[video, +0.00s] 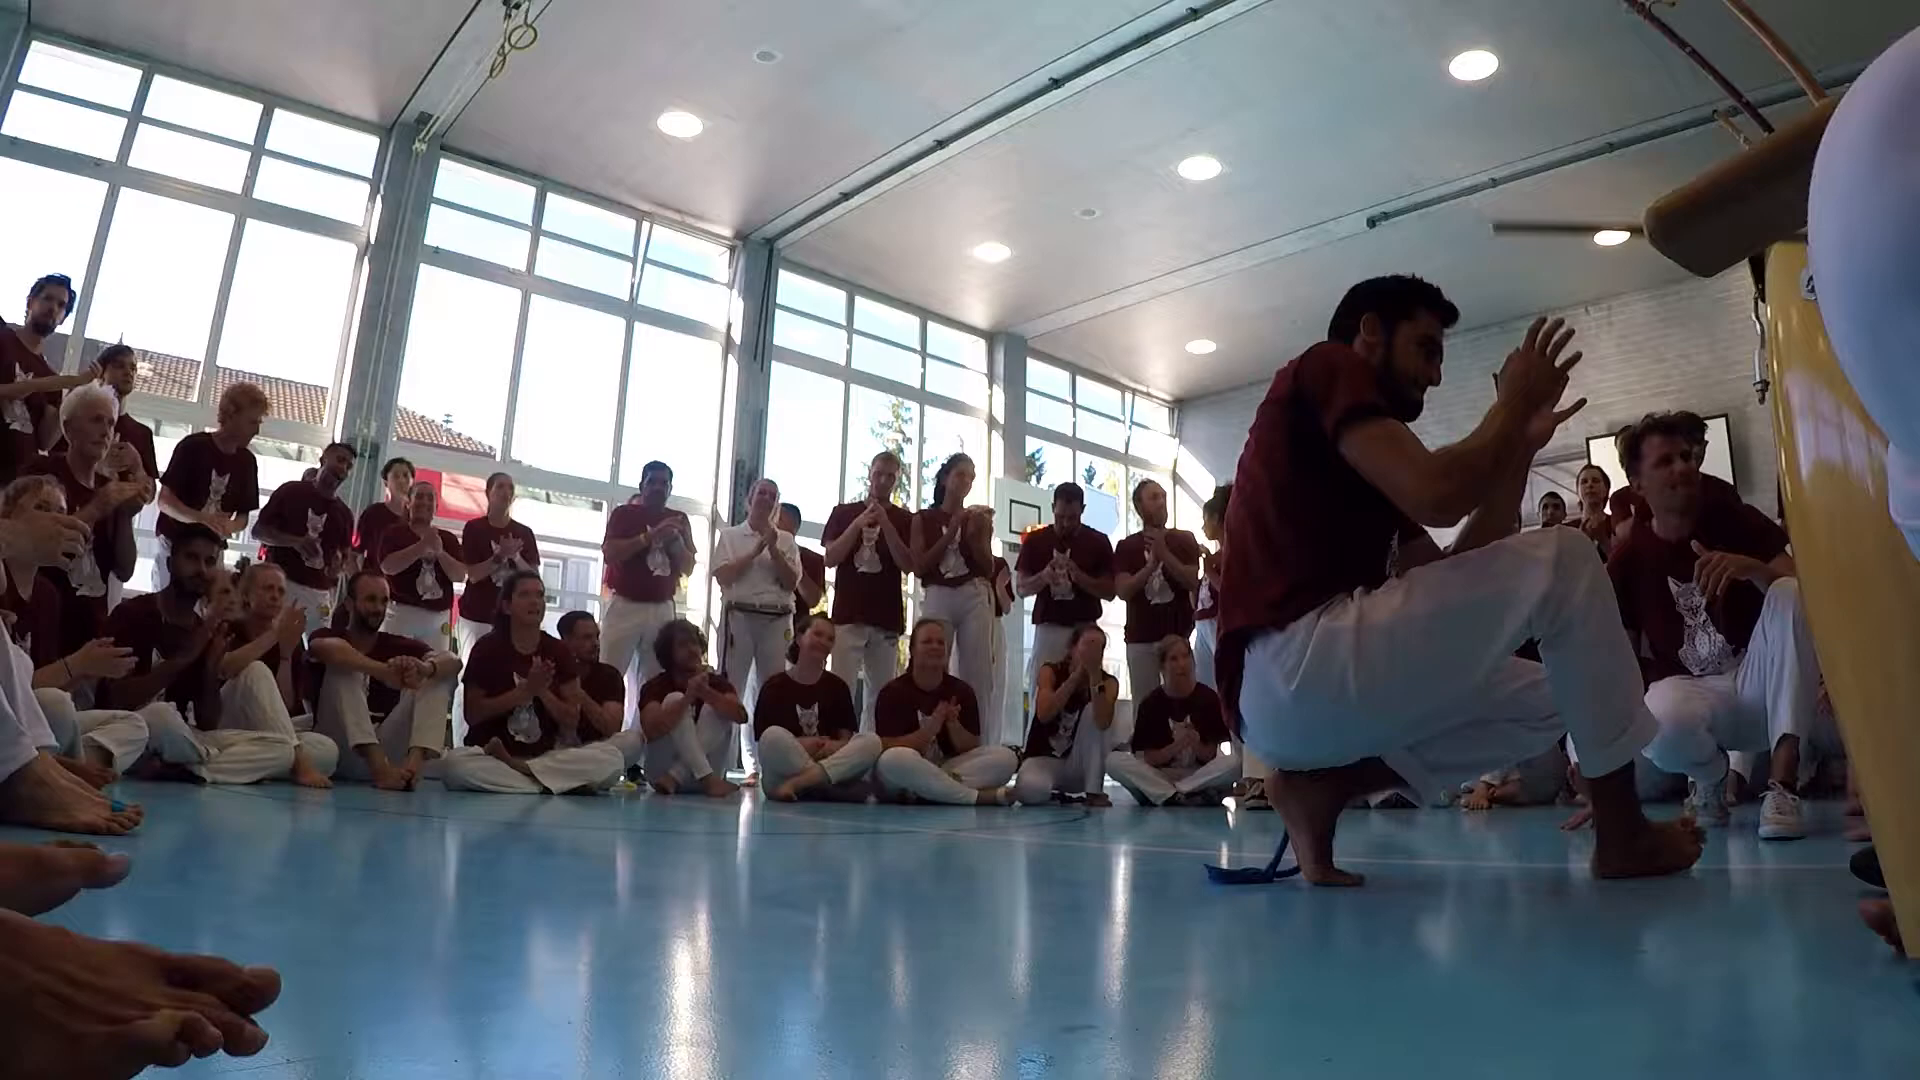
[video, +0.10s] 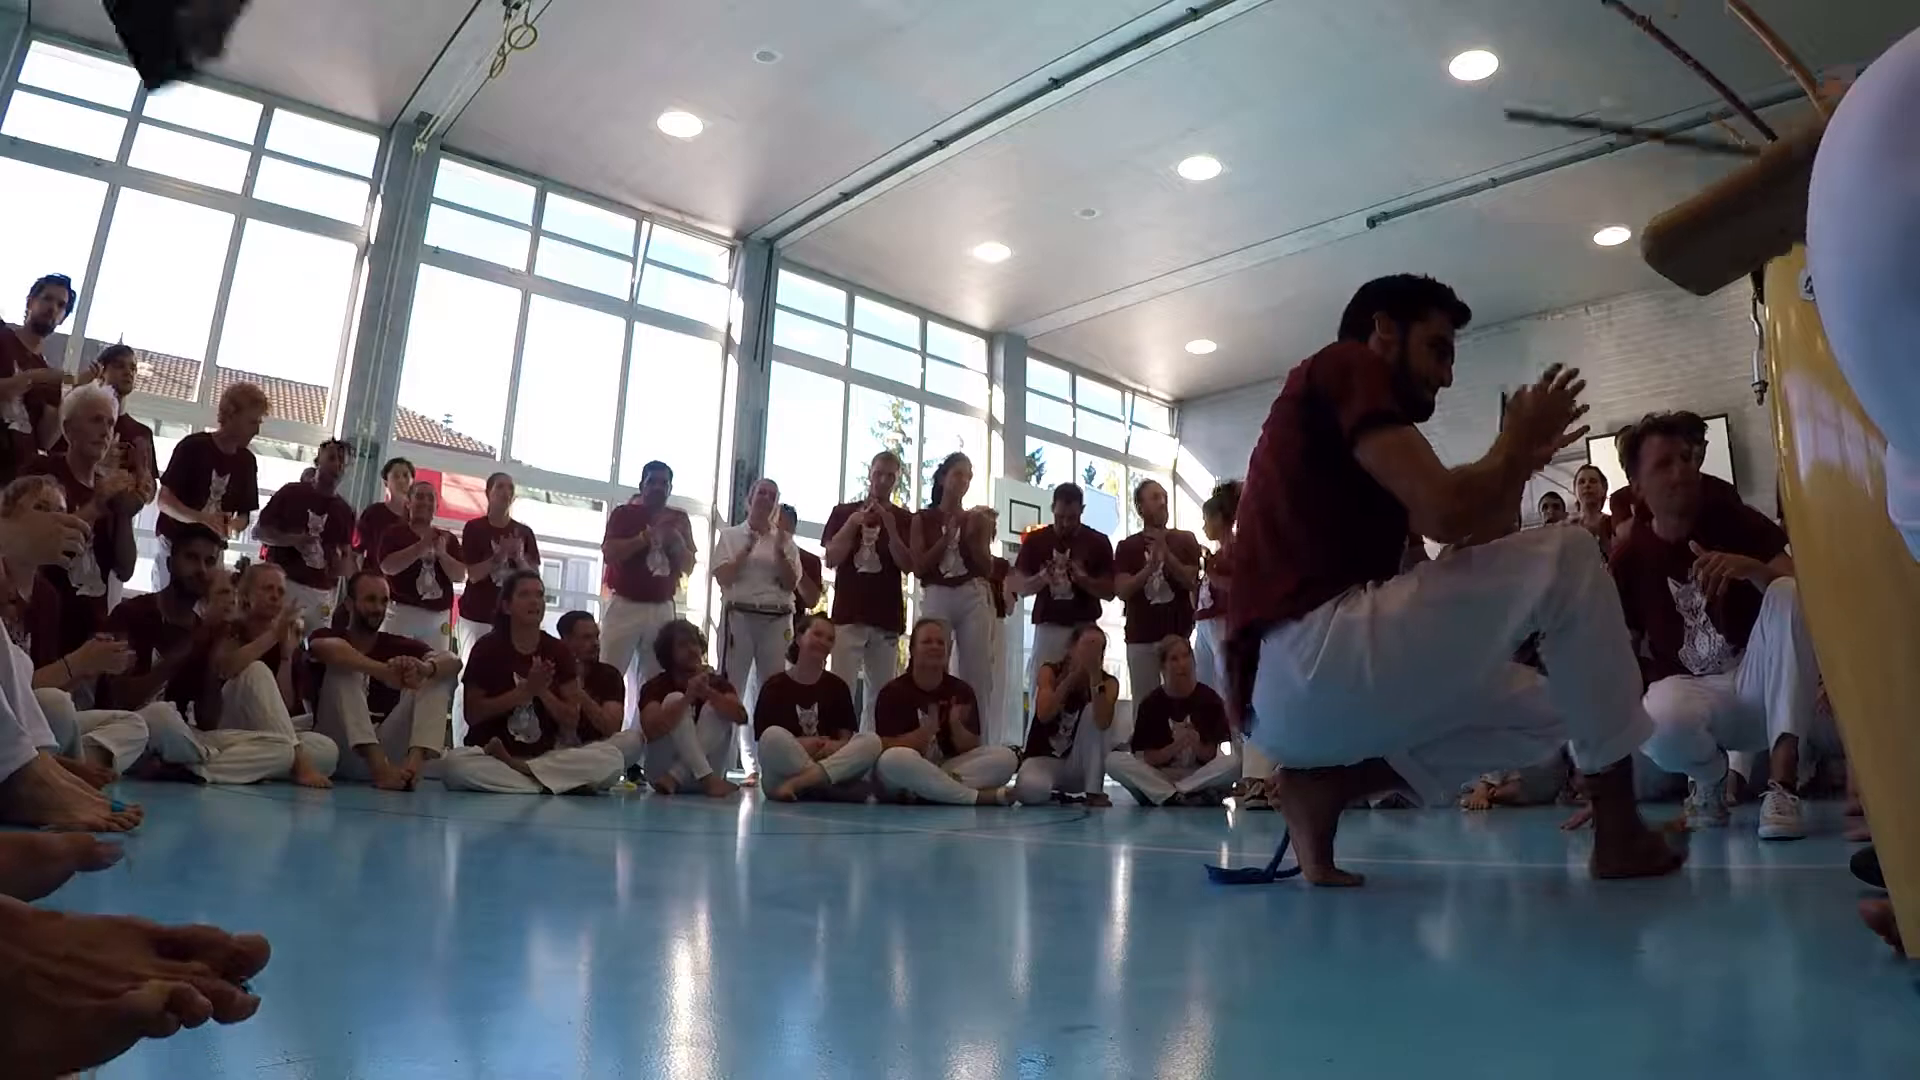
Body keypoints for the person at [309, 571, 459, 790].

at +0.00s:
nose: (379, 608)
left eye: (384, 601)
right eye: (371, 600)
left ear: (389, 604)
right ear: (350, 603)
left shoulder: (395, 644)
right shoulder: (327, 636)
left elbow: (454, 661)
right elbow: (321, 648)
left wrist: (428, 667)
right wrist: (383, 671)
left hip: (386, 754)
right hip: (336, 750)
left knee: (439, 674)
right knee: (343, 663)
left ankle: (415, 763)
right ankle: (379, 766)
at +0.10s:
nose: (379, 608)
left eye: (384, 601)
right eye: (370, 600)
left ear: (389, 604)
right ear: (349, 603)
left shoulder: (395, 644)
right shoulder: (327, 636)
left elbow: (454, 661)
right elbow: (321, 648)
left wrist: (428, 668)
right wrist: (385, 672)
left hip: (386, 753)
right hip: (336, 750)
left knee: (439, 674)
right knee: (343, 663)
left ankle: (415, 764)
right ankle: (379, 766)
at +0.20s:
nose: (378, 608)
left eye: (384, 601)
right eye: (370, 600)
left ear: (389, 604)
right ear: (350, 603)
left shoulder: (395, 644)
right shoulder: (327, 636)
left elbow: (454, 662)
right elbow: (321, 648)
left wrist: (427, 668)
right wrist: (385, 672)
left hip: (387, 753)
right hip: (337, 750)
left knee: (438, 674)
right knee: (343, 663)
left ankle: (415, 764)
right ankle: (379, 766)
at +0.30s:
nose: (378, 608)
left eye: (384, 601)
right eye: (370, 599)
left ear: (389, 604)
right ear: (350, 602)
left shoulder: (395, 644)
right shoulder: (327, 636)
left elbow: (454, 662)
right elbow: (322, 648)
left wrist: (428, 668)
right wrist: (385, 672)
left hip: (386, 754)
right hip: (336, 751)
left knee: (439, 674)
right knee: (343, 662)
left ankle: (414, 764)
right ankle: (379, 766)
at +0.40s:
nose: (378, 607)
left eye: (384, 601)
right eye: (370, 599)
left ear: (389, 604)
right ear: (350, 603)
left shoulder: (395, 644)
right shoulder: (326, 636)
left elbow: (454, 662)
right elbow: (322, 648)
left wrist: (427, 668)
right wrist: (386, 672)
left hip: (386, 754)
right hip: (336, 750)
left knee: (438, 673)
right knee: (343, 662)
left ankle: (415, 764)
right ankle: (379, 766)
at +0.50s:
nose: (379, 608)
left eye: (384, 601)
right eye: (370, 600)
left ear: (389, 604)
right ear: (349, 603)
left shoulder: (395, 644)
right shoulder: (327, 637)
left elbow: (454, 662)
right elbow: (324, 649)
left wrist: (427, 668)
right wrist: (386, 672)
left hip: (386, 754)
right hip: (336, 752)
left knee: (438, 673)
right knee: (343, 662)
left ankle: (415, 763)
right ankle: (379, 766)